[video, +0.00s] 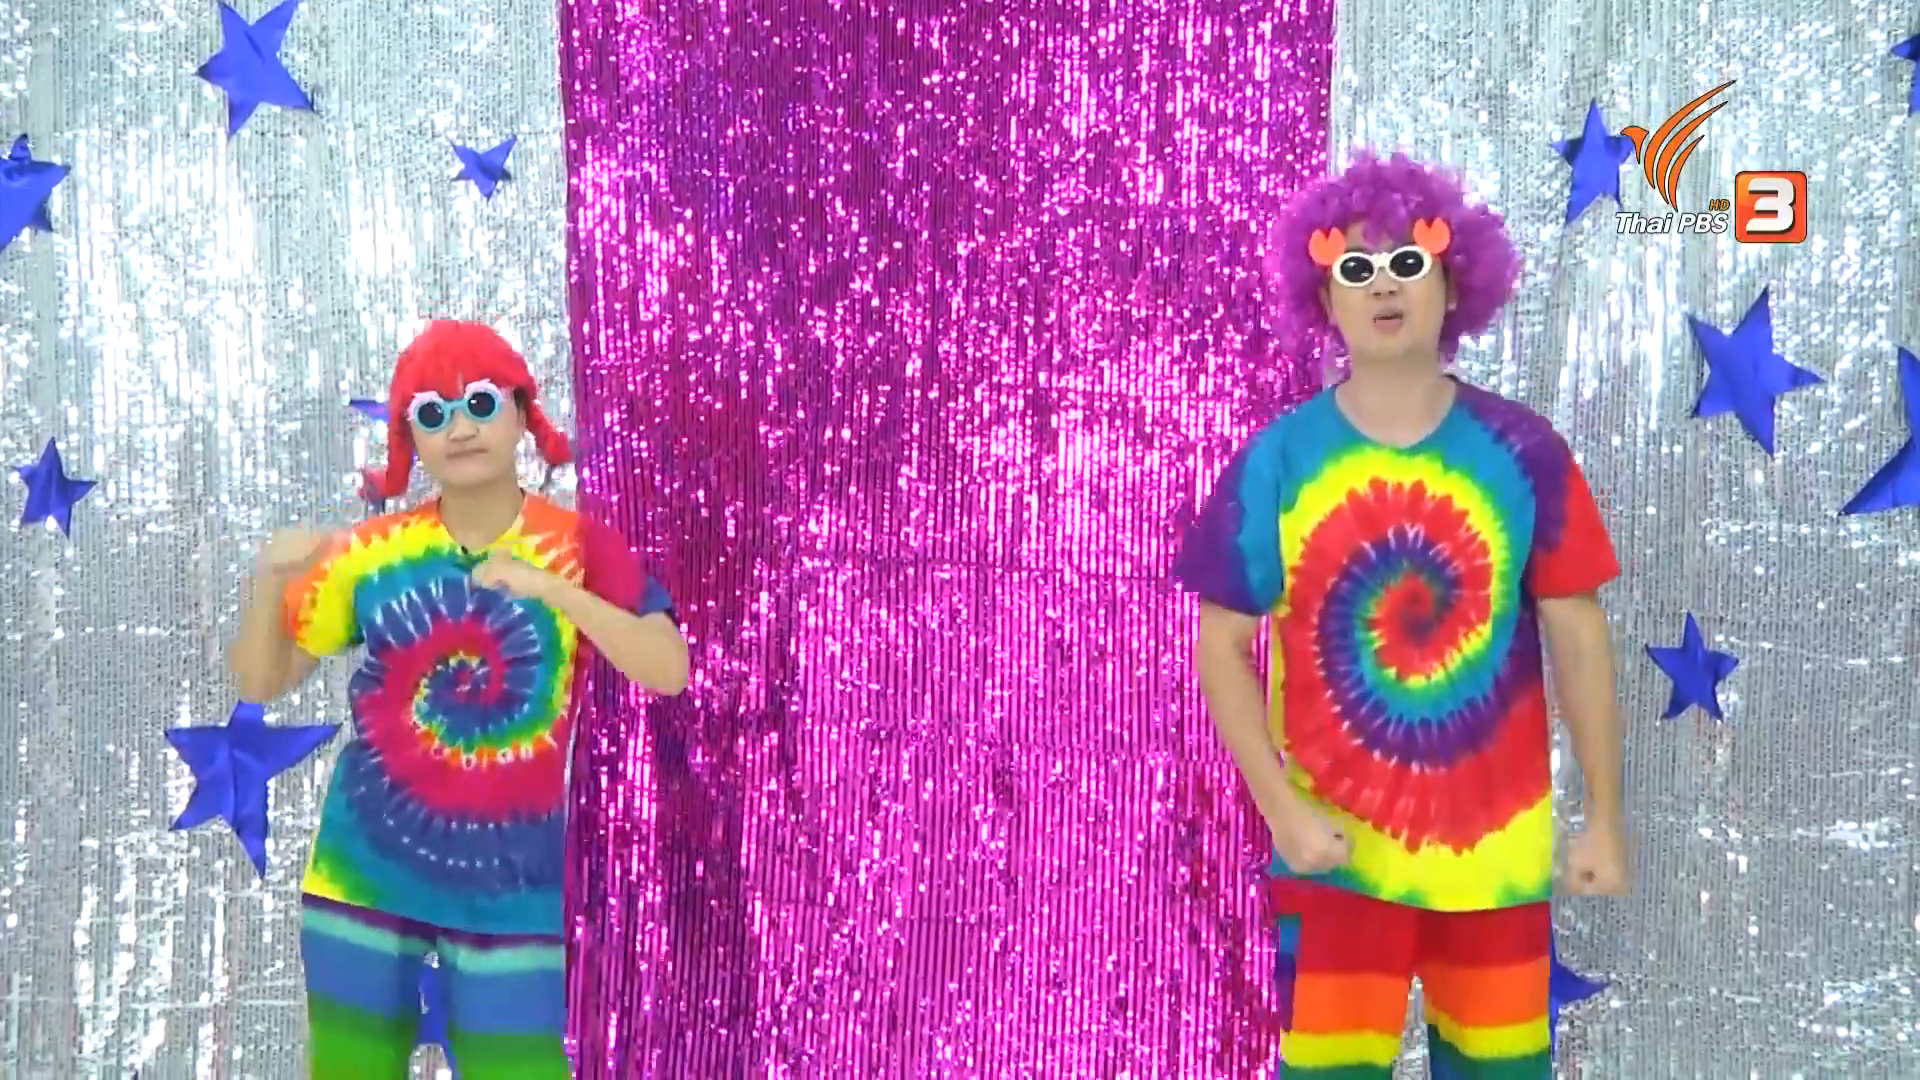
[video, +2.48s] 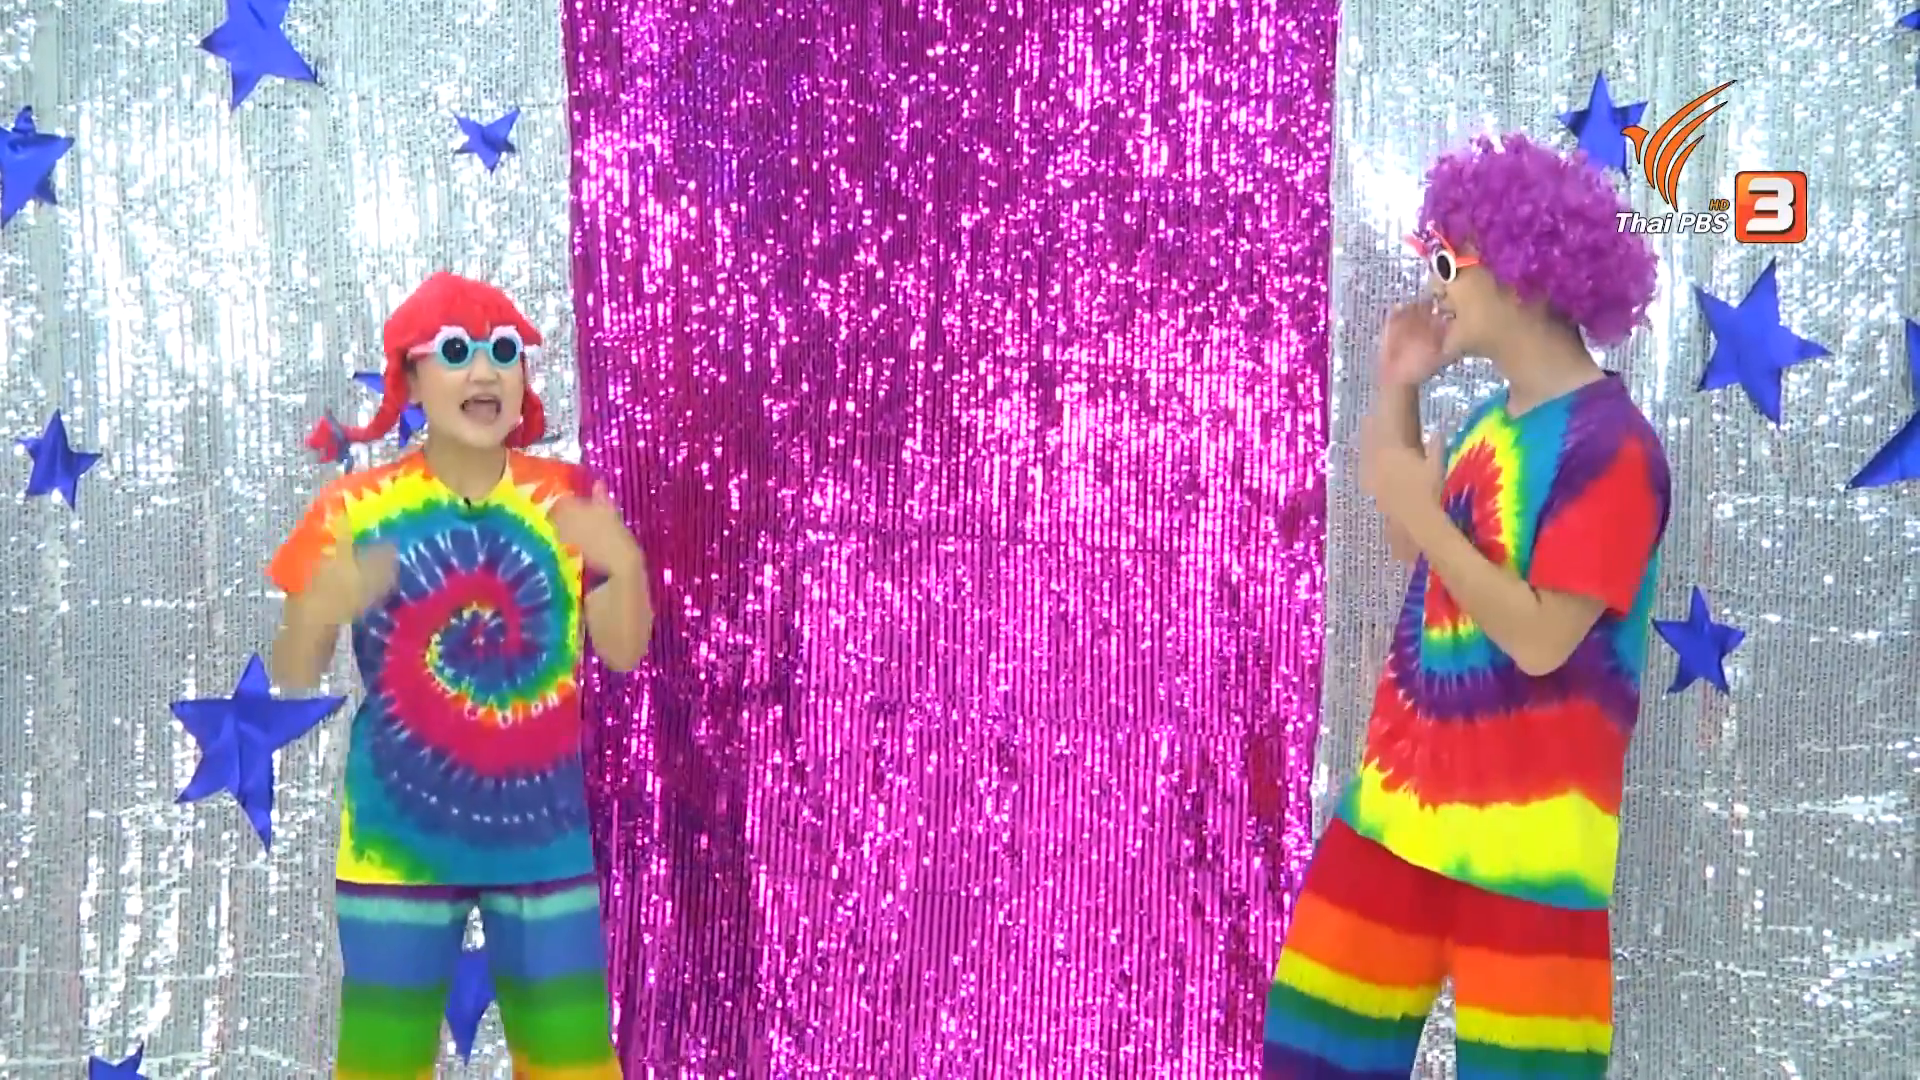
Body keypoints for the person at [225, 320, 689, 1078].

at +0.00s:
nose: (461, 426)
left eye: (483, 402)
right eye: (434, 412)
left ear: (522, 420)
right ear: (412, 441)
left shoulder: (577, 542)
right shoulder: (371, 549)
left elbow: (668, 668)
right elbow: (261, 679)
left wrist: (556, 590)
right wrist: (267, 577)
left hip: (513, 894)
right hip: (364, 885)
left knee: (518, 1068)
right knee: (350, 1067)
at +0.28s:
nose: (481, 407)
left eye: (506, 387)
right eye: (456, 386)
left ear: (538, 408)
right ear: (425, 403)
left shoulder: (577, 510)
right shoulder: (370, 513)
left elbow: (645, 575)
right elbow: (290, 624)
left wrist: (622, 622)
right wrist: (336, 563)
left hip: (550, 846)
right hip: (403, 847)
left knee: (570, 1058)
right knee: (374, 1058)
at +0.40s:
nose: (482, 410)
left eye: (509, 396)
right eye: (462, 386)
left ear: (534, 421)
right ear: (426, 397)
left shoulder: (568, 509)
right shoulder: (366, 518)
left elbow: (626, 617)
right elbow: (348, 606)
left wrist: (688, 727)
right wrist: (356, 682)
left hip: (568, 834)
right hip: (425, 838)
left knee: (593, 1052)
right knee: (400, 1055)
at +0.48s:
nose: (486, 423)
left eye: (513, 412)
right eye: (466, 398)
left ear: (537, 436)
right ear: (428, 410)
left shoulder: (572, 528)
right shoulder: (368, 539)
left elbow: (632, 668)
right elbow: (358, 679)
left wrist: (691, 804)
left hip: (587, 853)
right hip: (437, 861)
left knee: (606, 1063)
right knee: (424, 1065)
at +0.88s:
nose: (470, 390)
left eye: (493, 366)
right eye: (442, 375)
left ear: (530, 387)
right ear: (417, 403)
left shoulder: (585, 513)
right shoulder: (376, 519)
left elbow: (638, 635)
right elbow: (342, 650)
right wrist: (323, 741)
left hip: (548, 838)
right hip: (396, 842)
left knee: (586, 1058)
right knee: (378, 1060)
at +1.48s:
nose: (506, 407)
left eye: (531, 386)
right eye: (481, 386)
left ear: (563, 404)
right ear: (449, 403)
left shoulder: (598, 511)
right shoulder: (410, 521)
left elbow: (617, 692)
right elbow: (401, 680)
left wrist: (673, 614)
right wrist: (332, 625)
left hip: (594, 841)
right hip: (461, 845)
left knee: (610, 1064)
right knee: (421, 1063)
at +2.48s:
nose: (483, 371)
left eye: (503, 350)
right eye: (455, 352)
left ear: (527, 378)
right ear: (411, 382)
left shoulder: (563, 495)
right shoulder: (356, 507)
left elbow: (623, 648)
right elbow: (294, 676)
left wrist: (624, 563)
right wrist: (324, 603)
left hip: (543, 829)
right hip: (399, 835)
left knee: (573, 1056)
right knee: (383, 1058)